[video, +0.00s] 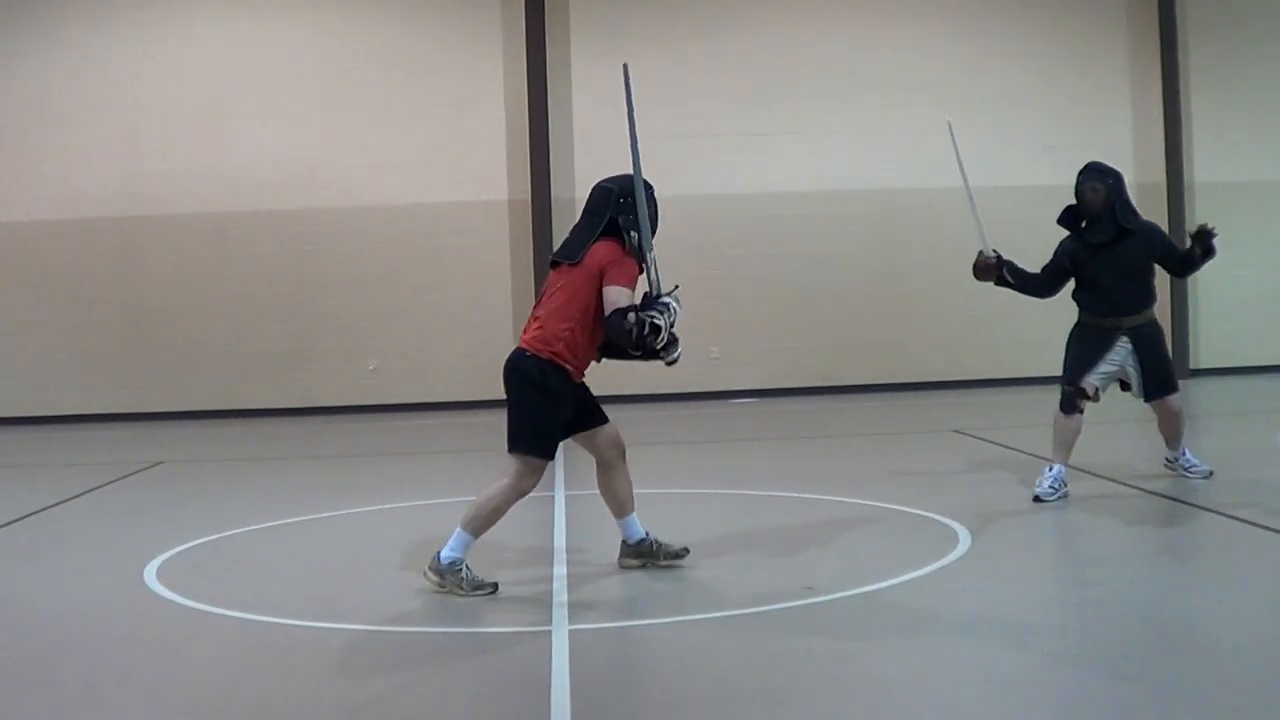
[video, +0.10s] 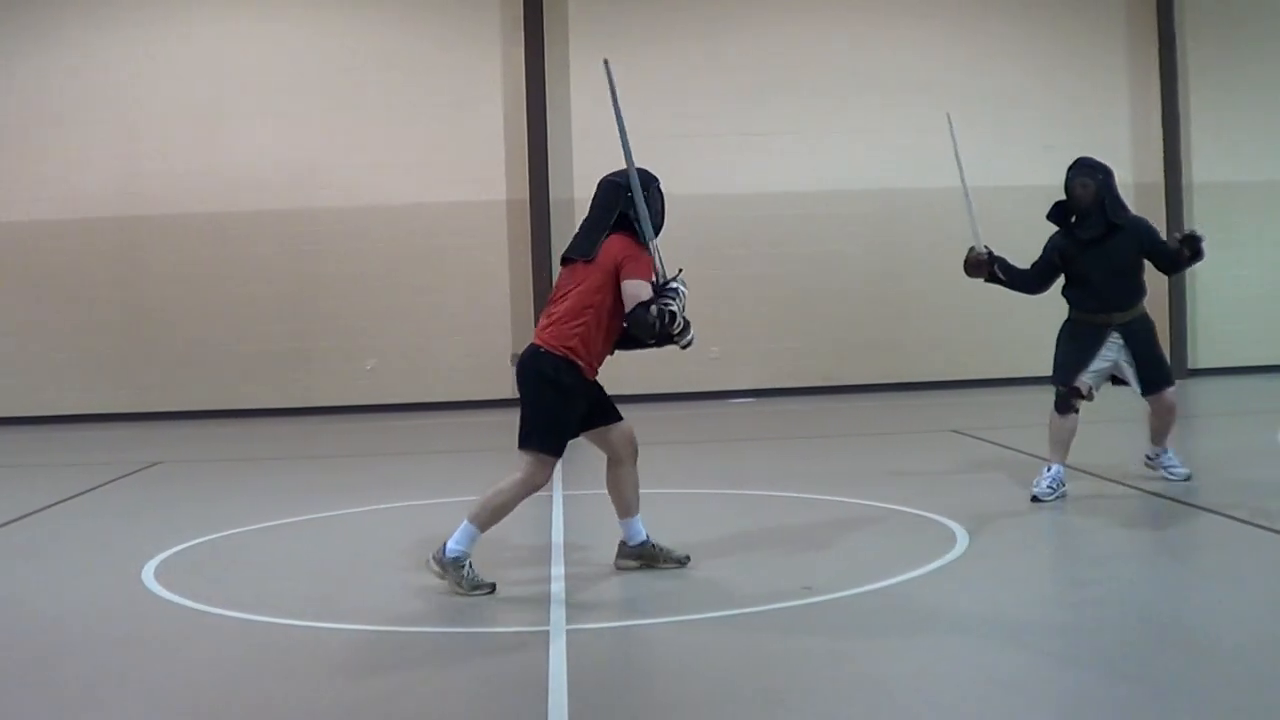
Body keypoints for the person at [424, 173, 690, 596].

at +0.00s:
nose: (650, 229)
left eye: (650, 218)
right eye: (648, 218)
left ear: (605, 213)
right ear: (632, 217)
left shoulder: (576, 251)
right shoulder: (618, 256)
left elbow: (596, 341)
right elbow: (622, 328)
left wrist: (653, 346)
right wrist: (659, 315)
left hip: (556, 374)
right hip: (541, 372)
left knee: (610, 449)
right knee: (523, 477)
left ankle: (635, 541)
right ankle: (448, 560)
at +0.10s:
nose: (660, 216)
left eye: (658, 206)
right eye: (657, 206)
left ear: (612, 204)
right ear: (644, 207)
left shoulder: (586, 247)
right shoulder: (629, 247)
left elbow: (604, 332)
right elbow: (644, 320)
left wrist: (668, 331)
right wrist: (670, 300)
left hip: (567, 369)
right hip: (554, 368)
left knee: (623, 447)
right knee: (534, 475)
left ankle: (635, 543)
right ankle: (452, 552)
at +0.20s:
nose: (668, 213)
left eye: (666, 203)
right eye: (664, 204)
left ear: (618, 207)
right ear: (652, 207)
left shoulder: (596, 250)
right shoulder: (641, 251)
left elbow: (612, 337)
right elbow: (668, 325)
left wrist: (671, 334)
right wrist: (683, 304)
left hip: (580, 372)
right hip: (564, 370)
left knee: (634, 448)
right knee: (563, 478)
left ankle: (630, 544)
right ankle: (470, 541)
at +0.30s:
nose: (674, 216)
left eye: (671, 206)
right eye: (670, 207)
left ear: (625, 210)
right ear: (657, 210)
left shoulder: (602, 252)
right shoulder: (646, 253)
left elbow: (618, 341)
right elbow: (673, 327)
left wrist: (677, 336)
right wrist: (687, 304)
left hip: (583, 371)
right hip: (569, 370)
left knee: (634, 450)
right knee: (586, 474)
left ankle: (622, 544)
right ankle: (493, 532)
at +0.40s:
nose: (683, 212)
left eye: (681, 202)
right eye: (679, 203)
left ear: (631, 205)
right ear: (666, 207)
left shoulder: (607, 247)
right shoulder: (654, 249)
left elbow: (619, 334)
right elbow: (676, 323)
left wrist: (674, 336)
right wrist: (691, 311)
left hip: (584, 363)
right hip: (574, 362)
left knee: (629, 452)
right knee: (604, 461)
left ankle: (619, 543)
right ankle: (520, 540)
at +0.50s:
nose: (691, 207)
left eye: (690, 196)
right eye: (688, 197)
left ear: (640, 195)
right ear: (674, 198)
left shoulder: (613, 238)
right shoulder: (662, 244)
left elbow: (615, 324)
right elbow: (679, 319)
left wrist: (671, 331)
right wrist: (693, 296)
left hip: (578, 355)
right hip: (582, 357)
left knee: (623, 452)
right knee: (610, 457)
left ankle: (614, 544)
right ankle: (563, 565)